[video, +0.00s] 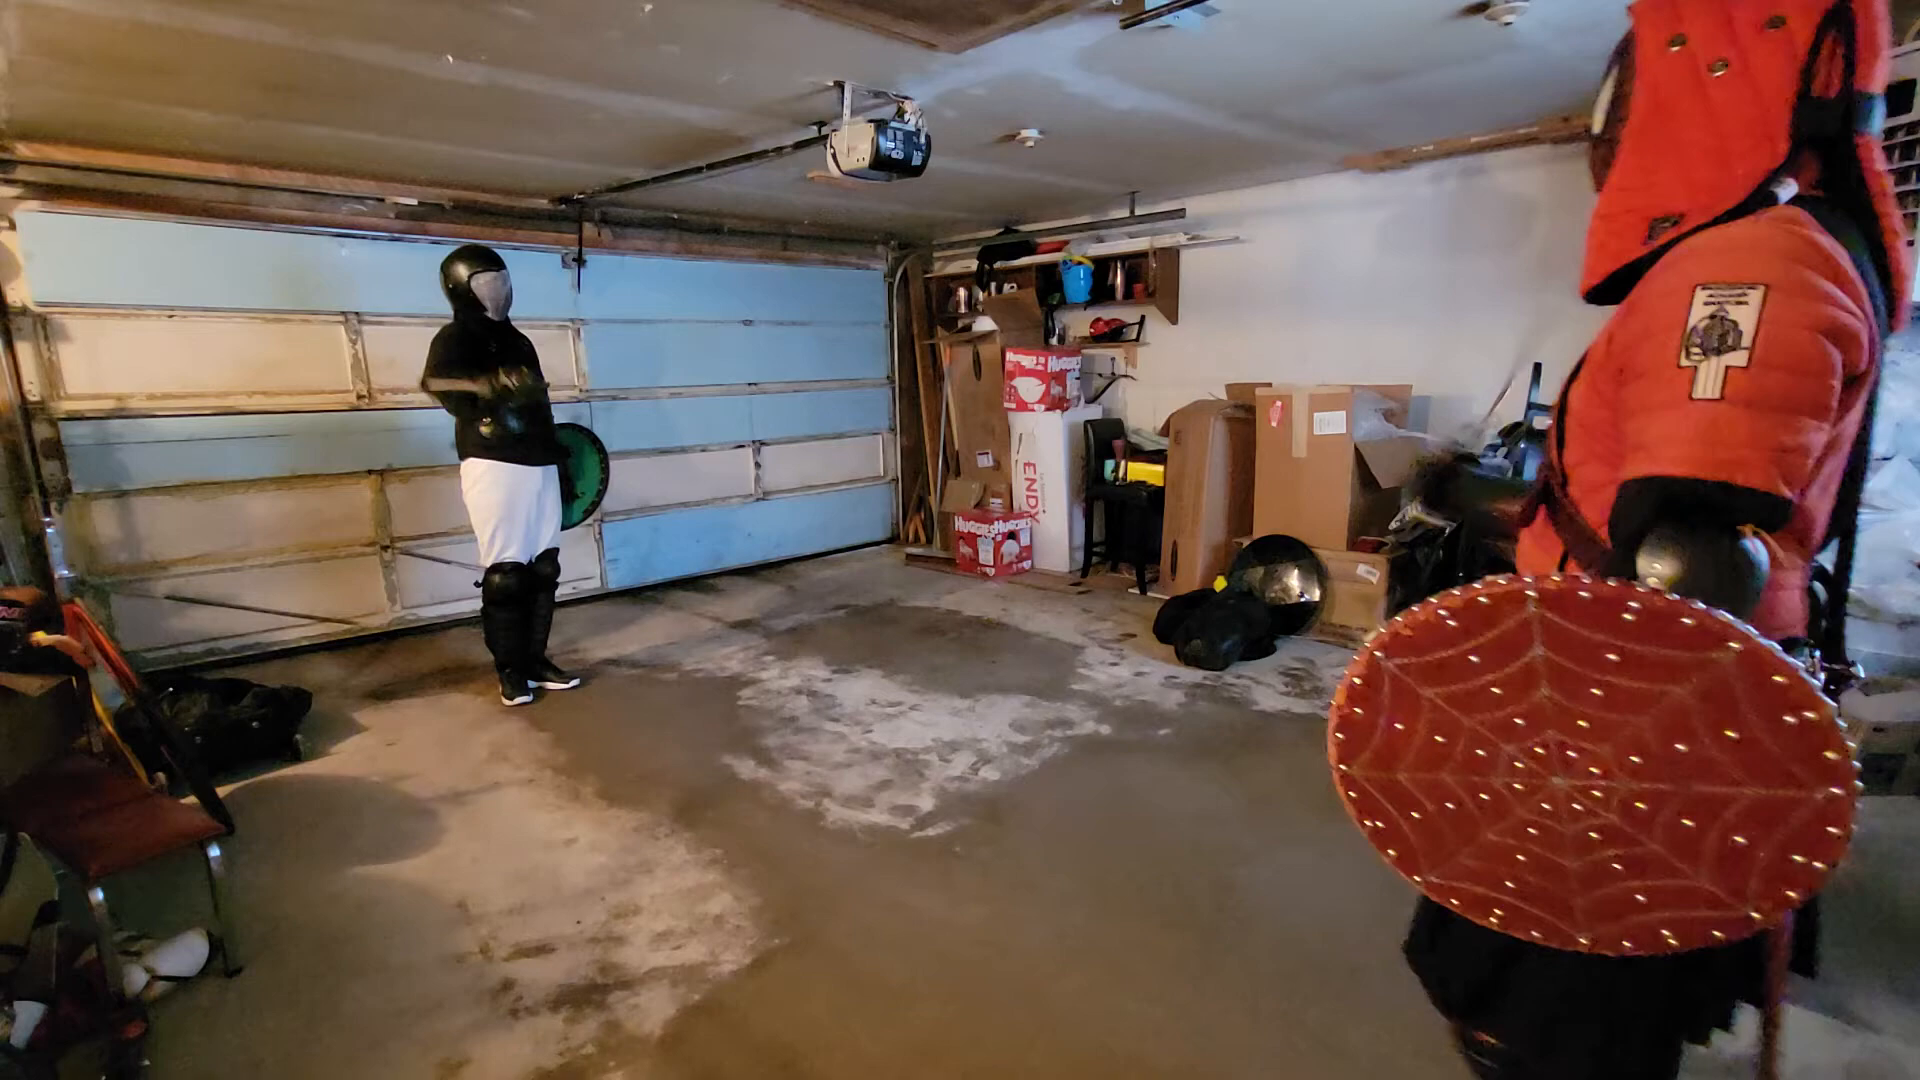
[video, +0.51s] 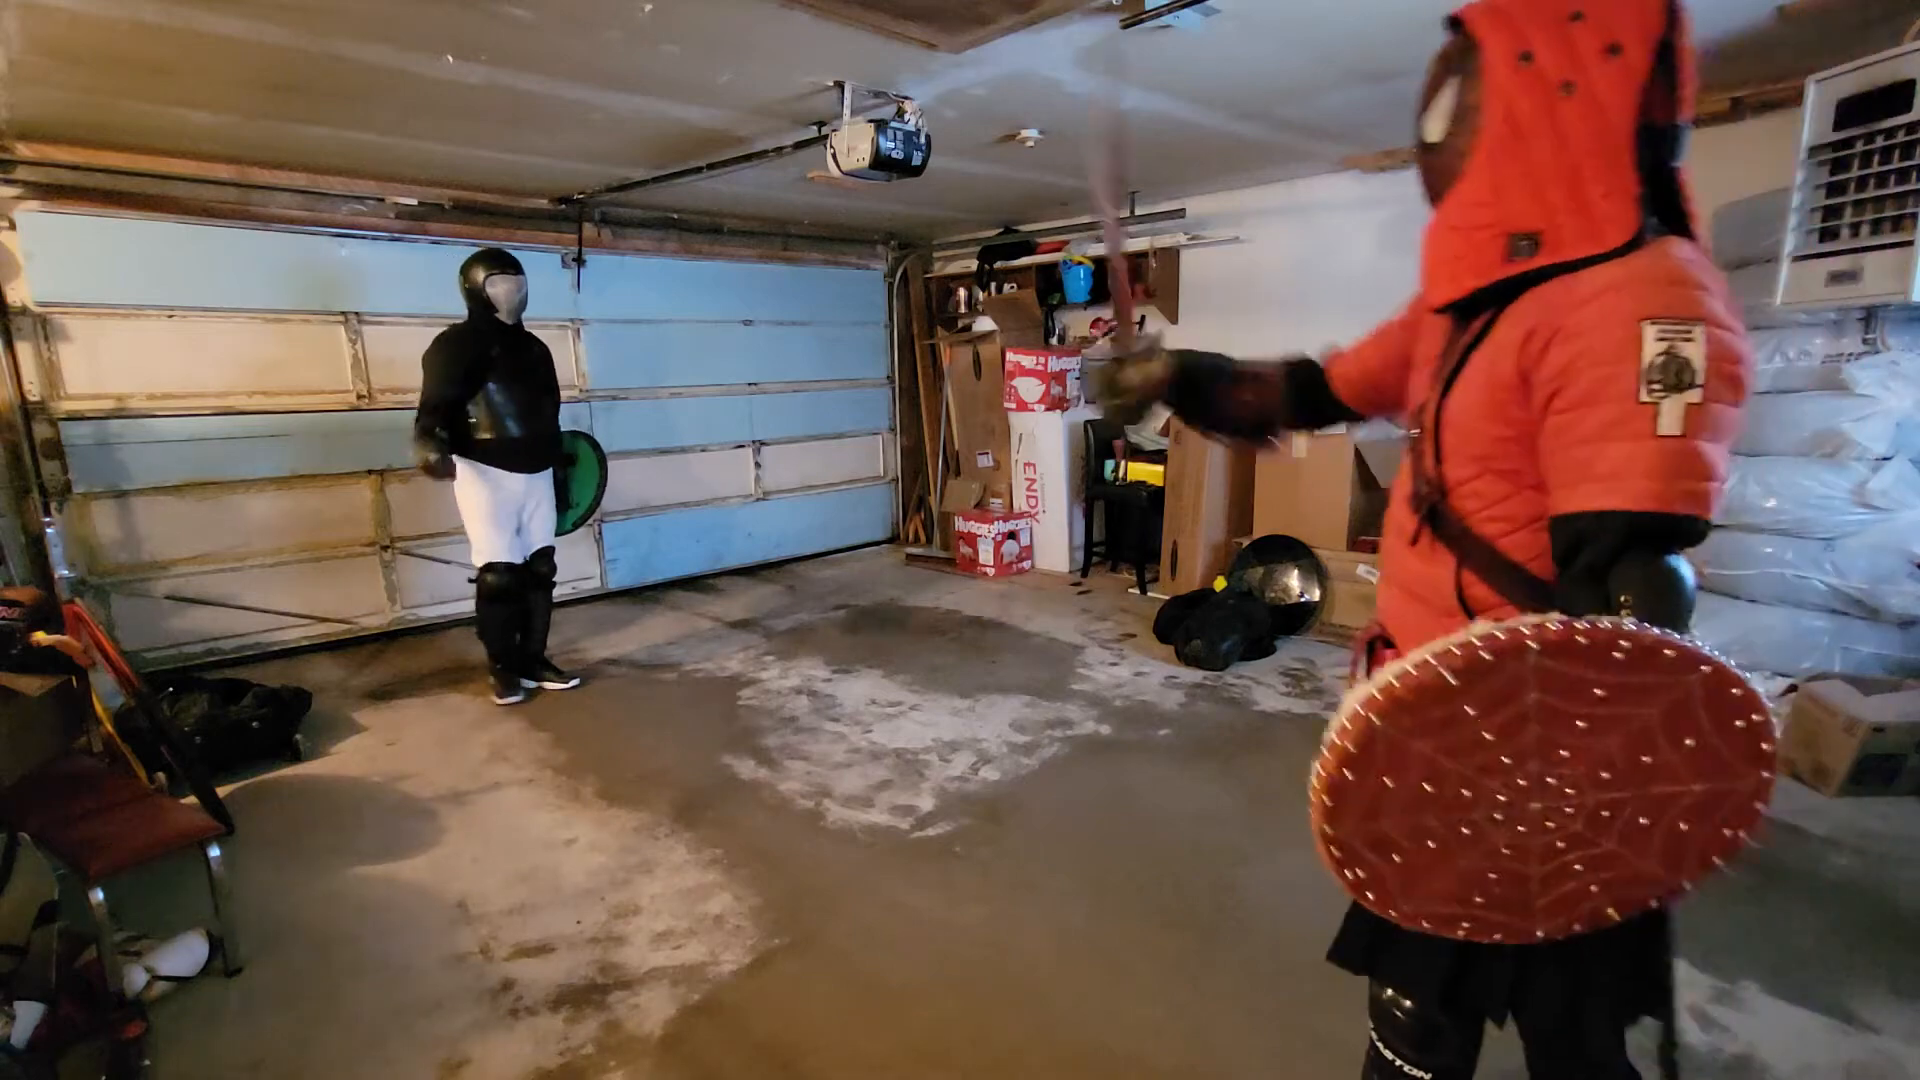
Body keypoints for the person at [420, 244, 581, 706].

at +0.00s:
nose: (504, 289)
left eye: (504, 279)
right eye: (492, 281)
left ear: (506, 282)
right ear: (467, 289)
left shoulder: (520, 342)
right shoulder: (454, 340)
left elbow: (538, 409)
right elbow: (441, 386)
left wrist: (558, 460)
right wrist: (490, 392)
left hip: (539, 464)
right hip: (493, 466)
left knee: (543, 566)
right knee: (506, 570)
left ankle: (535, 661)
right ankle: (510, 672)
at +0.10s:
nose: (506, 288)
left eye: (507, 279)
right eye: (495, 281)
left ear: (506, 283)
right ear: (470, 289)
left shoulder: (521, 343)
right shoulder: (452, 341)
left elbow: (540, 410)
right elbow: (455, 398)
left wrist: (560, 469)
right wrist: (477, 379)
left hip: (539, 462)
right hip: (494, 465)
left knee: (544, 567)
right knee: (510, 571)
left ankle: (535, 662)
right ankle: (510, 672)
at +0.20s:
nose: (512, 288)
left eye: (512, 279)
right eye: (501, 280)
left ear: (510, 284)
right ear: (475, 288)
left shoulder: (521, 342)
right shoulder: (461, 336)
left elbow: (534, 409)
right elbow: (453, 378)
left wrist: (555, 460)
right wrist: (468, 385)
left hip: (538, 464)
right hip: (494, 465)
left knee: (544, 567)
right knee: (513, 571)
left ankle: (536, 662)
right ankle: (511, 671)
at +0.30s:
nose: (515, 291)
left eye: (516, 282)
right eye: (504, 282)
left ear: (518, 286)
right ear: (478, 288)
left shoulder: (526, 345)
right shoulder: (462, 338)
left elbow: (539, 414)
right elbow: (445, 400)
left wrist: (556, 465)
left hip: (537, 466)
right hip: (490, 466)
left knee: (542, 567)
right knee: (515, 571)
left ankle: (535, 662)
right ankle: (511, 671)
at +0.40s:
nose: (520, 288)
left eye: (520, 280)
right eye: (509, 280)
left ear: (520, 285)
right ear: (483, 287)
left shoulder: (532, 346)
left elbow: (540, 415)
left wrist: (556, 460)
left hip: (538, 469)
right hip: (488, 470)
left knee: (541, 568)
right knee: (510, 571)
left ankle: (535, 662)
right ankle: (511, 672)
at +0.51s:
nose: (522, 285)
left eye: (521, 277)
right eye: (511, 278)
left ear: (516, 285)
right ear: (484, 286)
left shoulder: (535, 349)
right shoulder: (457, 345)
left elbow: (547, 414)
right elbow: (435, 403)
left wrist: (558, 466)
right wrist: (433, 448)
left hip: (537, 470)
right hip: (483, 471)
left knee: (539, 567)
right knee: (499, 571)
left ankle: (534, 663)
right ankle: (502, 670)